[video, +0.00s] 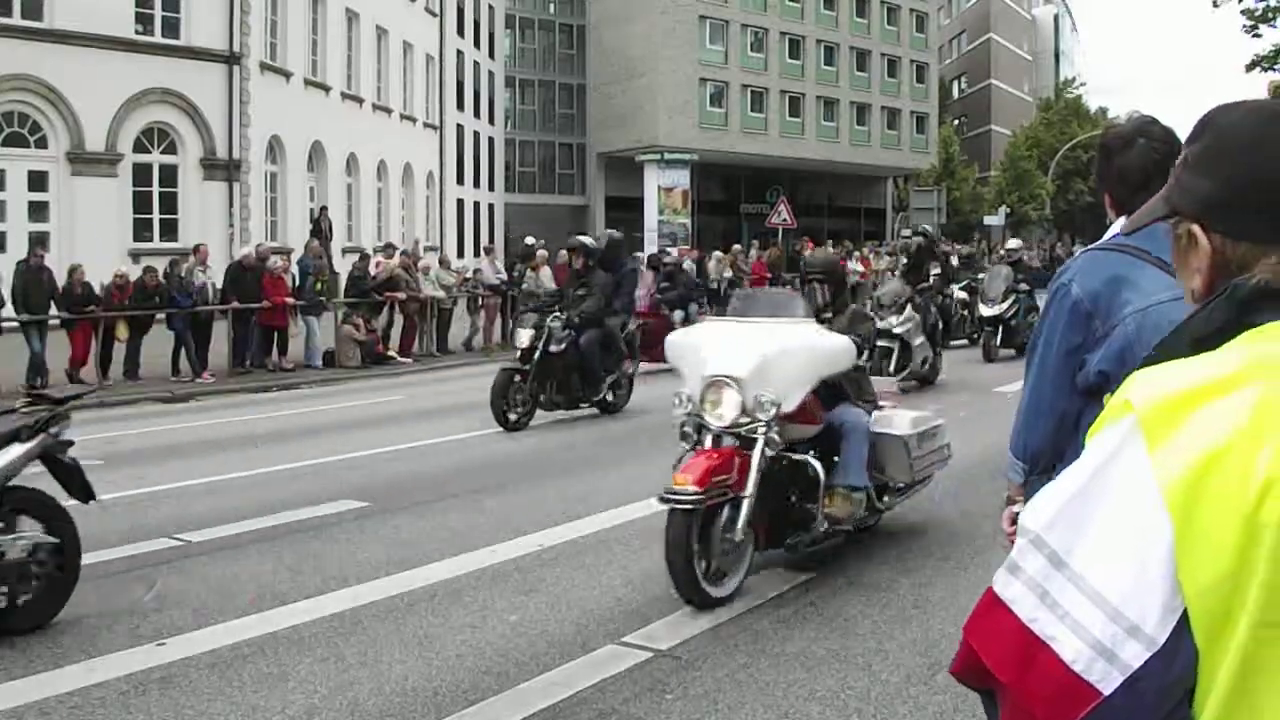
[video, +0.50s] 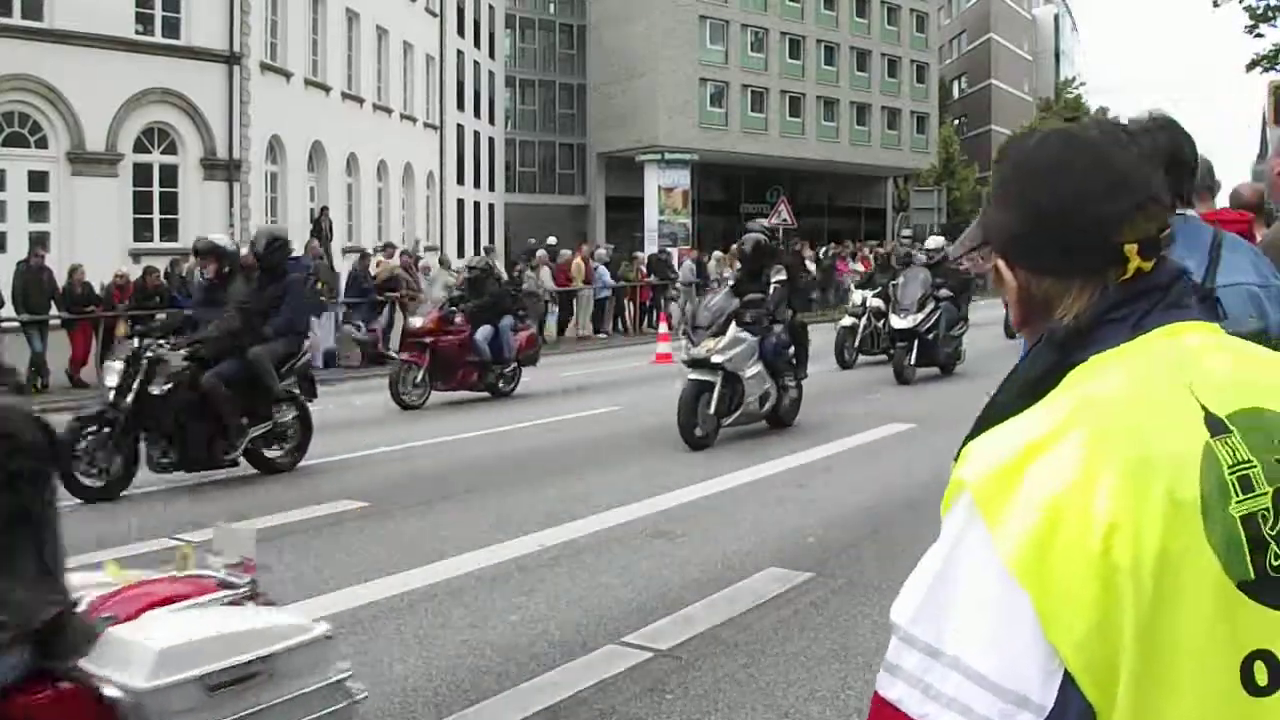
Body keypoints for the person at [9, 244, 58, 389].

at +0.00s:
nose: (40, 260)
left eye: (42, 257)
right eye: (37, 256)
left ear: (44, 257)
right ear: (30, 256)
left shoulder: (46, 271)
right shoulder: (21, 269)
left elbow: (55, 292)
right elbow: (16, 291)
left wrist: (61, 309)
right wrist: (20, 311)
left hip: (43, 313)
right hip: (27, 313)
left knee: (39, 349)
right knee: (36, 348)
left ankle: (31, 379)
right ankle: (43, 374)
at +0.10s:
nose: (40, 260)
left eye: (42, 257)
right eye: (37, 257)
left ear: (44, 257)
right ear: (30, 256)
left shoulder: (46, 272)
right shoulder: (21, 270)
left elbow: (55, 292)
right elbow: (16, 292)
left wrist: (62, 310)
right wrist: (20, 311)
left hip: (43, 313)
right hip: (27, 313)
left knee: (39, 350)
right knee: (36, 349)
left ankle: (31, 381)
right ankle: (43, 375)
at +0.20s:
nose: (39, 260)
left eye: (42, 257)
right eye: (37, 257)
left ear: (44, 257)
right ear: (30, 256)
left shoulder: (47, 272)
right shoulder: (21, 270)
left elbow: (55, 292)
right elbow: (16, 292)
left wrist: (62, 310)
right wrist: (20, 311)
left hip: (43, 313)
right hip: (27, 313)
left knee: (39, 350)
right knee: (36, 348)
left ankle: (31, 381)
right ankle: (44, 374)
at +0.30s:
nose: (40, 260)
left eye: (42, 257)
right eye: (37, 256)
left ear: (44, 257)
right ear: (30, 256)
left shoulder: (46, 271)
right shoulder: (21, 269)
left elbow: (55, 292)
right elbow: (16, 291)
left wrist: (62, 310)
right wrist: (20, 311)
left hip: (43, 313)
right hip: (27, 313)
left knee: (39, 350)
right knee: (36, 348)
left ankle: (31, 381)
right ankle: (44, 374)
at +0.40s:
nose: (39, 260)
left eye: (42, 257)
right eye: (36, 256)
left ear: (44, 257)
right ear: (30, 256)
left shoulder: (47, 272)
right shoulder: (21, 270)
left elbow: (55, 292)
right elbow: (17, 293)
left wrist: (62, 310)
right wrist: (21, 313)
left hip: (43, 314)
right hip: (27, 314)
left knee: (43, 346)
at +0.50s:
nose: (40, 260)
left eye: (42, 257)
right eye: (37, 256)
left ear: (45, 257)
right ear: (30, 256)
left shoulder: (47, 272)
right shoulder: (21, 270)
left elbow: (55, 292)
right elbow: (16, 292)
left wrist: (62, 310)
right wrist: (20, 311)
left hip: (43, 314)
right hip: (28, 314)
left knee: (40, 350)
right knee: (37, 349)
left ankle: (31, 380)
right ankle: (44, 375)